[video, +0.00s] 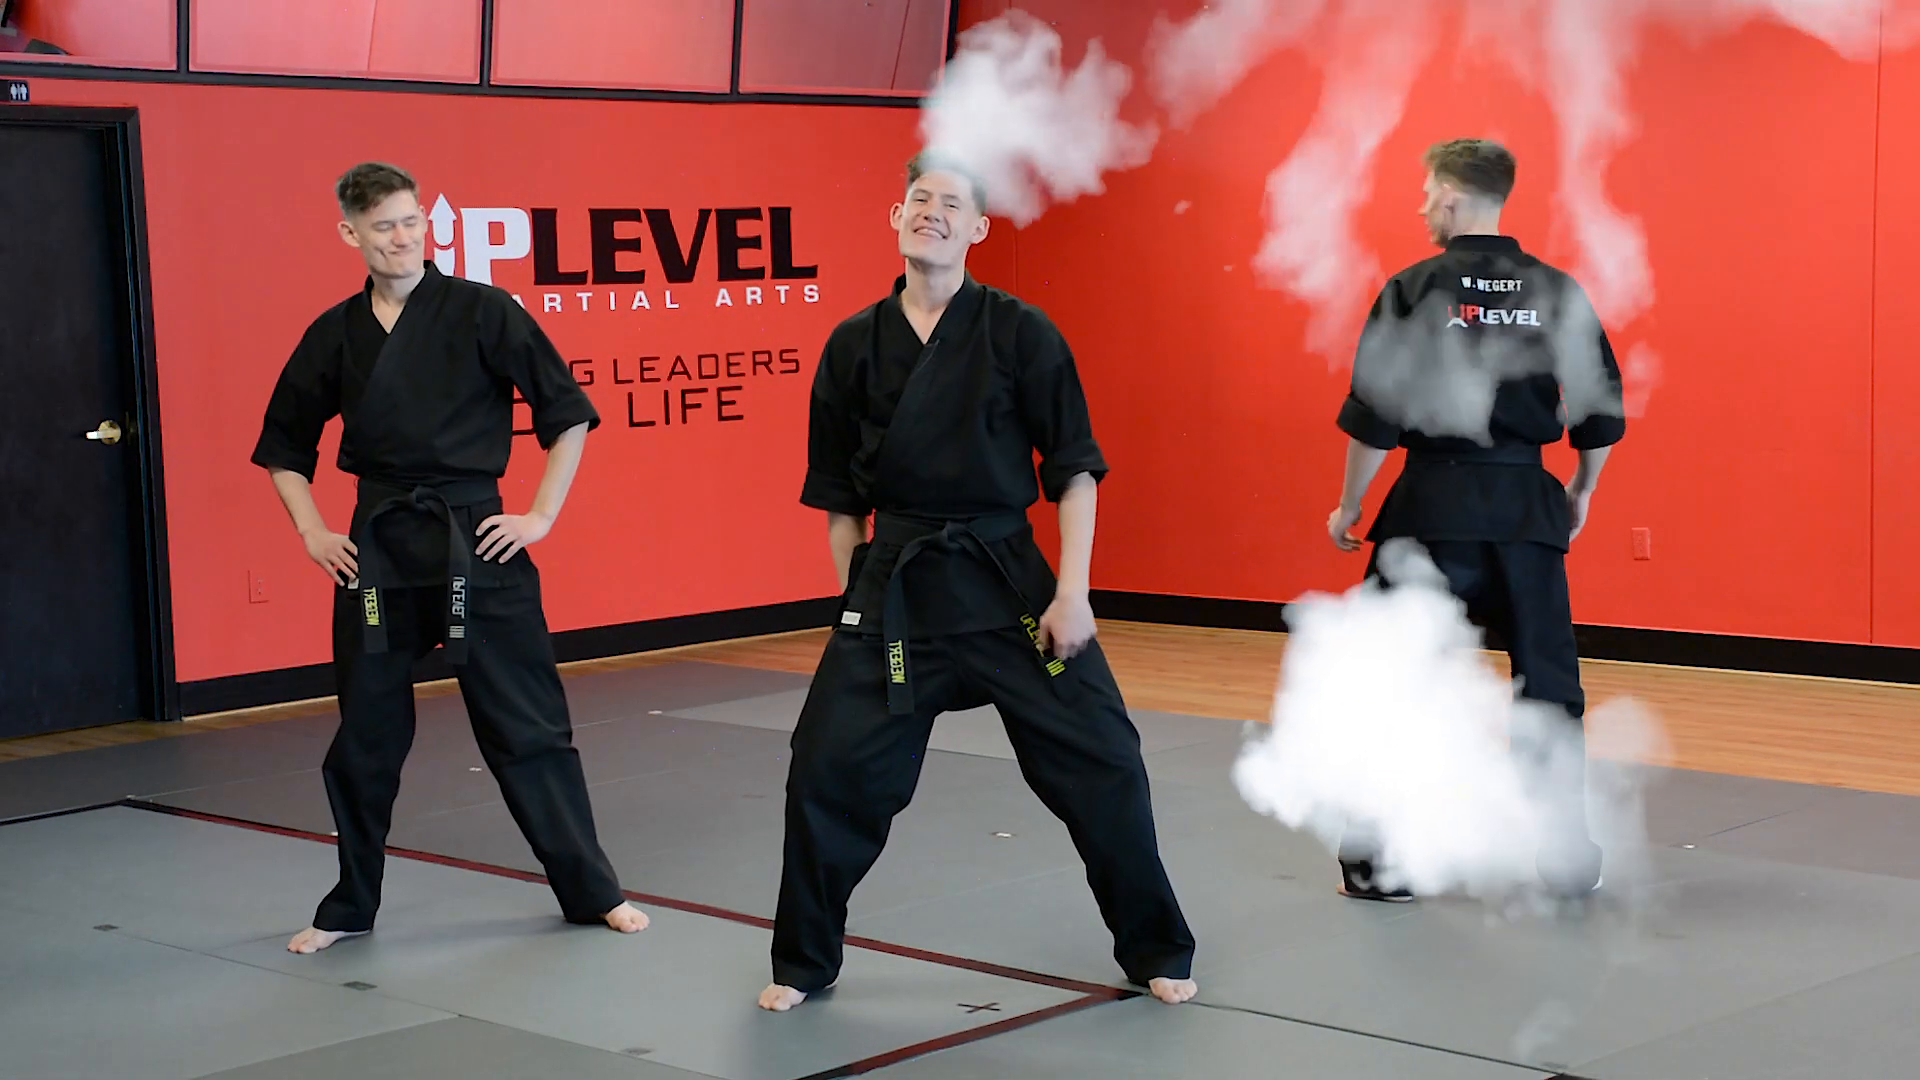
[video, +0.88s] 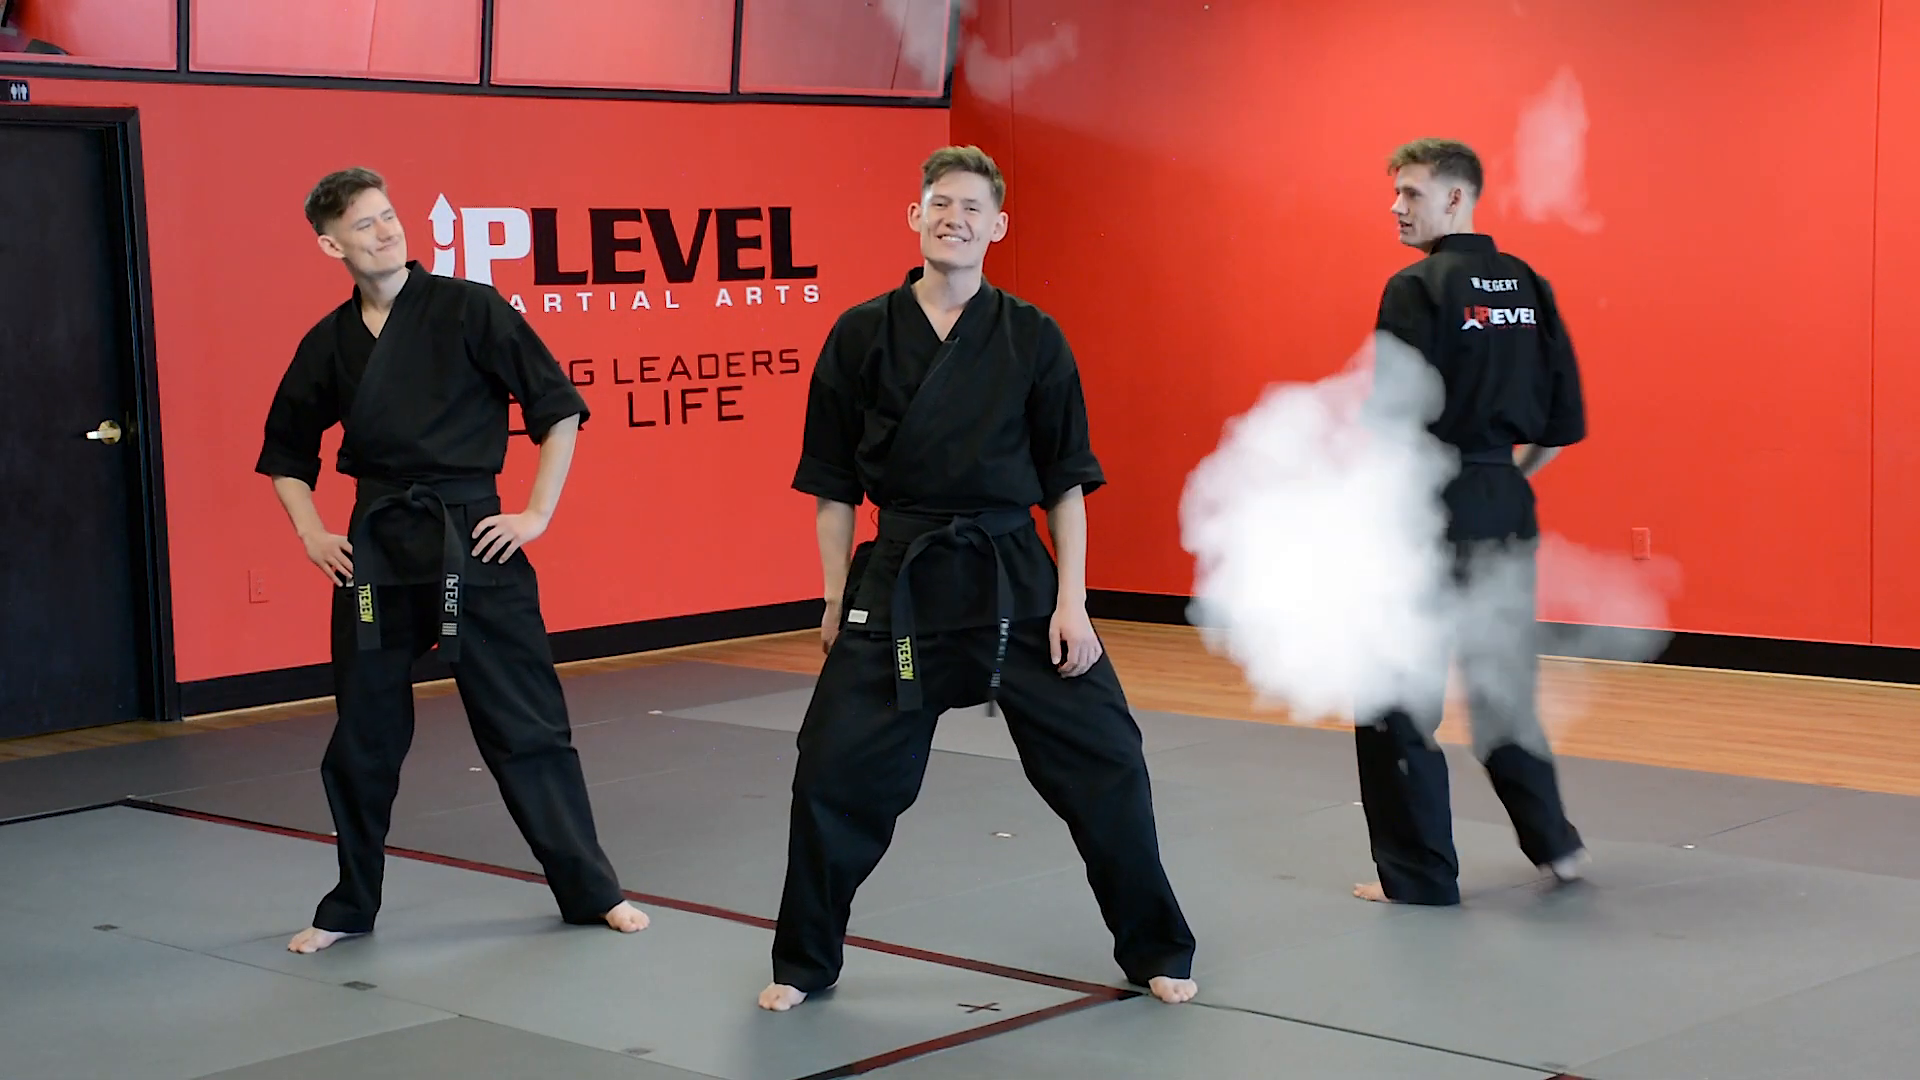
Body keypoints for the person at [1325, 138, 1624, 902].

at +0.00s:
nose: (1422, 204)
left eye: (1427, 191)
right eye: (1426, 189)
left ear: (1444, 195)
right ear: (1502, 198)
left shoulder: (1412, 290)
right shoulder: (1558, 291)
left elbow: (1376, 410)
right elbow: (1600, 408)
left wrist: (1350, 501)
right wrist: (1581, 494)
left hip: (1429, 512)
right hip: (1529, 518)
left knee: (1390, 680)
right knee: (1549, 683)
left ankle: (1379, 853)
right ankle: (1564, 856)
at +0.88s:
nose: (1395, 207)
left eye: (1408, 194)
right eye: (1396, 193)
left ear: (1457, 199)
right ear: (1461, 205)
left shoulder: (1417, 284)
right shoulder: (1528, 283)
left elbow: (1398, 411)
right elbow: (1563, 416)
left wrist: (1361, 484)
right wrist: (1508, 470)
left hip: (1428, 506)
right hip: (1506, 506)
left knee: (1396, 695)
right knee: (1501, 689)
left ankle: (1420, 876)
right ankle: (1557, 847)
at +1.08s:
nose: (1403, 204)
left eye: (1420, 191)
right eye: (1396, 191)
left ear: (1458, 196)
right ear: (1392, 197)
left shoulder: (1443, 280)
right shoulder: (1493, 283)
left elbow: (1464, 406)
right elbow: (1504, 416)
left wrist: (1388, 487)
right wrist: (1415, 451)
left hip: (1441, 514)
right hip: (1478, 513)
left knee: (1399, 685)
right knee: (1439, 684)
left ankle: (1419, 873)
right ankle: (1473, 844)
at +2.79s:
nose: (1357, 241)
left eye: (1362, 224)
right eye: (1352, 227)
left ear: (1400, 208)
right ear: (1399, 211)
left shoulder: (1447, 280)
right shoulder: (1434, 279)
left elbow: (1467, 402)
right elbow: (1433, 379)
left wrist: (1399, 464)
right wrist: (1386, 372)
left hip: (1464, 522)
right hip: (1447, 518)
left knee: (1443, 690)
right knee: (1429, 685)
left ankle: (1471, 871)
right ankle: (1456, 841)